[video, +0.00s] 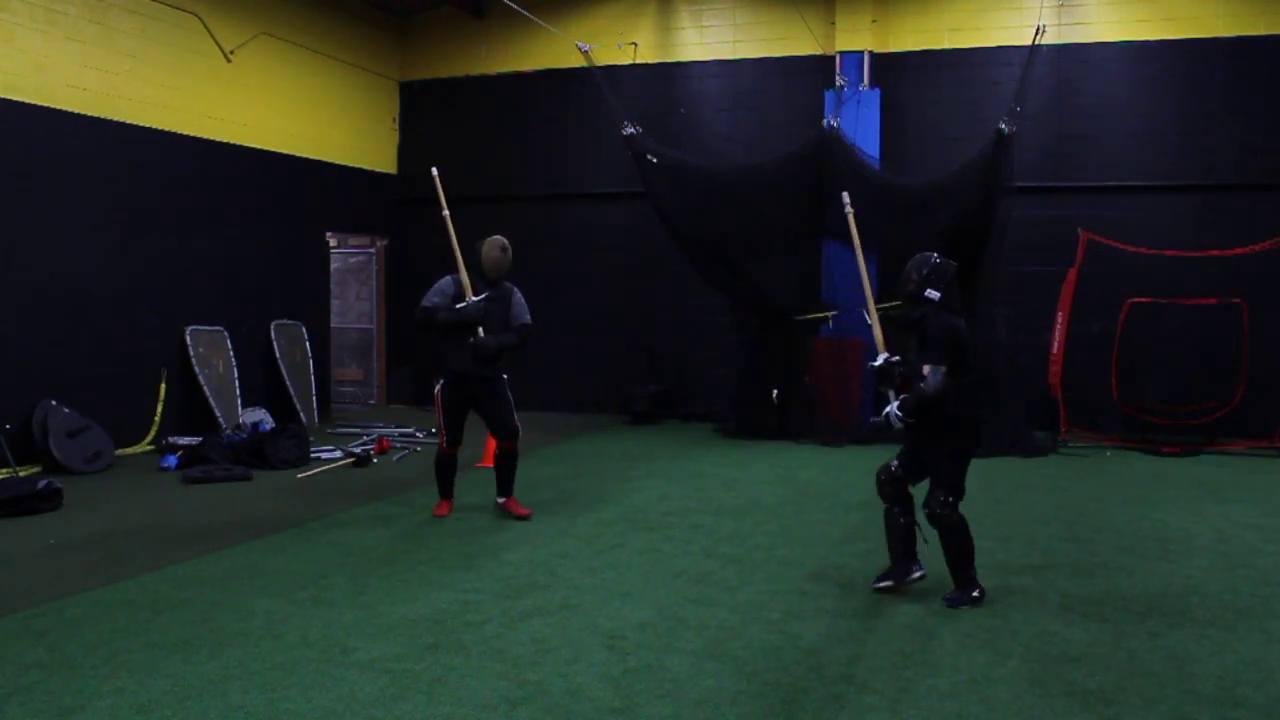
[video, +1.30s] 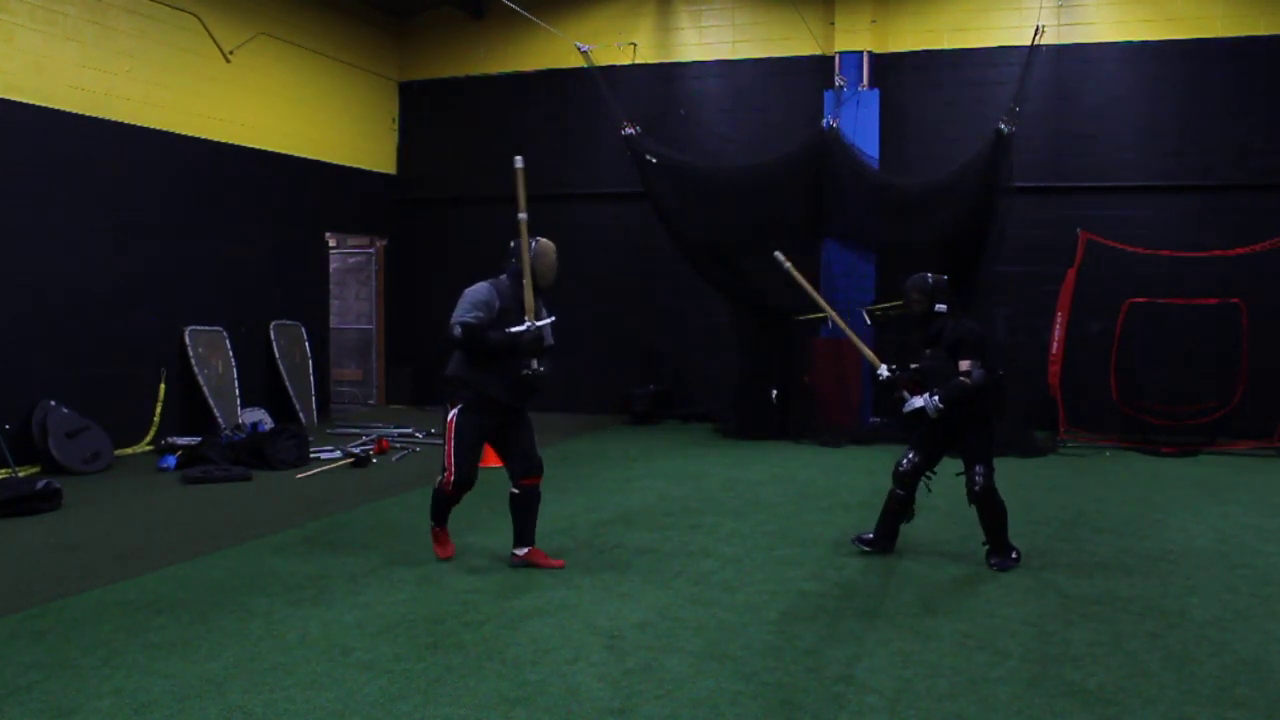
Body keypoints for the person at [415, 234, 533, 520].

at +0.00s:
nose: (498, 264)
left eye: (503, 260)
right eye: (493, 258)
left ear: (507, 264)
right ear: (481, 258)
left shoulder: (510, 294)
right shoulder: (453, 285)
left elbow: (523, 332)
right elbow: (426, 314)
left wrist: (493, 342)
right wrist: (463, 313)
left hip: (491, 378)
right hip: (454, 376)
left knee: (508, 434)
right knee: (449, 441)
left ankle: (504, 497)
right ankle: (445, 499)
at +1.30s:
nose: (548, 273)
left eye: (550, 266)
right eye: (542, 266)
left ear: (542, 269)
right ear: (523, 264)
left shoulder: (537, 307)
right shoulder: (483, 294)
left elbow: (544, 352)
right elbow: (460, 333)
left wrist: (537, 368)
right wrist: (515, 337)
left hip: (509, 403)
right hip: (470, 400)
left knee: (528, 472)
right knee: (459, 477)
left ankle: (523, 548)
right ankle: (439, 524)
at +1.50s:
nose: (557, 295)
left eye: (560, 287)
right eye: (555, 286)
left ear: (538, 281)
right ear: (538, 280)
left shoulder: (541, 320)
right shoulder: (494, 306)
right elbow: (476, 345)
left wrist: (542, 381)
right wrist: (533, 351)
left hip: (506, 412)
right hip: (467, 409)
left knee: (538, 473)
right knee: (445, 485)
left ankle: (524, 551)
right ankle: (404, 563)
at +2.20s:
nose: (531, 284)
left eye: (532, 276)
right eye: (527, 276)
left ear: (508, 274)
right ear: (507, 274)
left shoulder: (505, 315)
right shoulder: (475, 302)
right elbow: (449, 341)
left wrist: (507, 397)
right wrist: (503, 360)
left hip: (467, 417)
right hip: (437, 414)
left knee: (499, 480)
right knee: (430, 500)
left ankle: (482, 561)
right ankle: (379, 579)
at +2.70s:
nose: (527, 284)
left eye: (526, 277)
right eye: (523, 276)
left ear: (490, 274)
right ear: (508, 275)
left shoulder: (499, 312)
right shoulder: (481, 304)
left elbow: (505, 374)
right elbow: (502, 349)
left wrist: (539, 392)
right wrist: (545, 352)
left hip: (459, 425)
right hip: (438, 424)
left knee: (494, 479)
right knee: (417, 513)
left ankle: (483, 565)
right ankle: (363, 596)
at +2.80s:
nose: (535, 281)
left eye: (534, 274)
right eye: (532, 273)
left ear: (496, 273)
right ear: (518, 273)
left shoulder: (497, 311)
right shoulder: (503, 298)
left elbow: (535, 366)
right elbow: (560, 329)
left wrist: (580, 372)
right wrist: (619, 341)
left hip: (470, 419)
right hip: (454, 417)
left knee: (503, 483)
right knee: (445, 511)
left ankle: (483, 566)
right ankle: (376, 584)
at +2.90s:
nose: (552, 272)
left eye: (550, 266)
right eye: (549, 265)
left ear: (510, 265)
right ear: (539, 266)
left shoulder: (499, 297)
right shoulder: (530, 292)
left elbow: (554, 338)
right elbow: (586, 319)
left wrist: (600, 342)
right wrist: (640, 336)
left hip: (478, 407)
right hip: (475, 409)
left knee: (509, 486)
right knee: (499, 499)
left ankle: (484, 566)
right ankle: (426, 561)